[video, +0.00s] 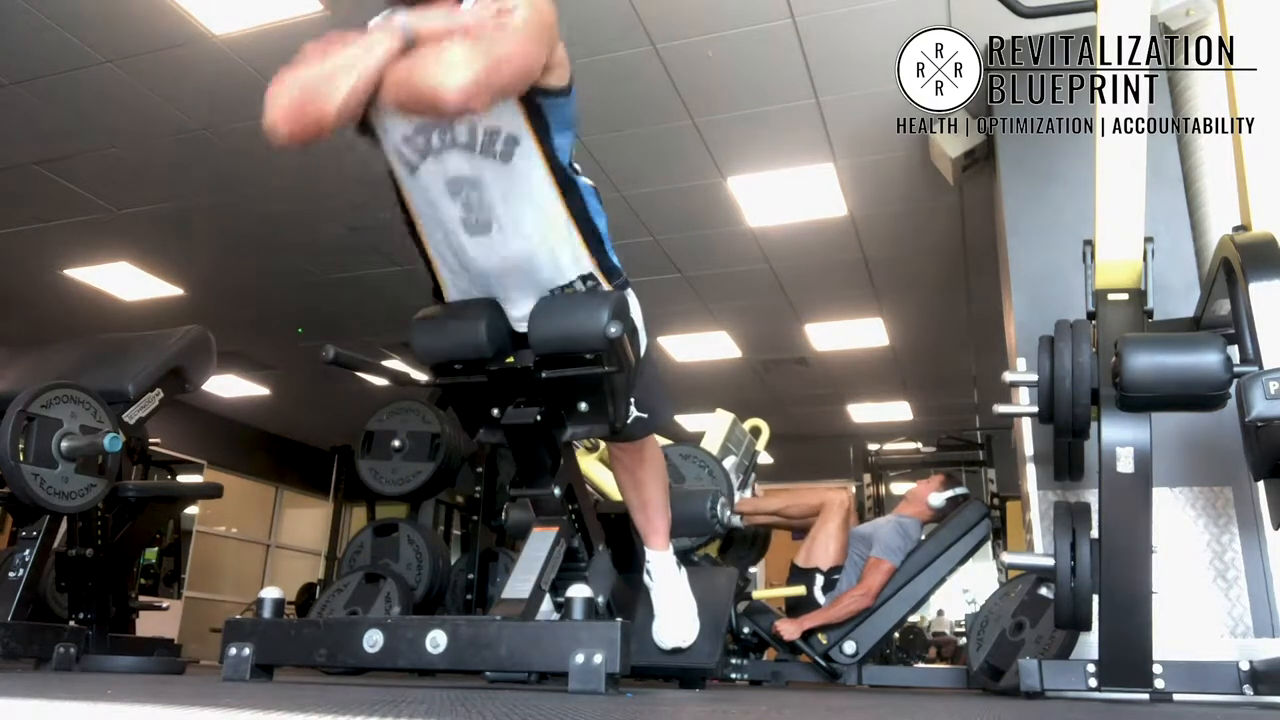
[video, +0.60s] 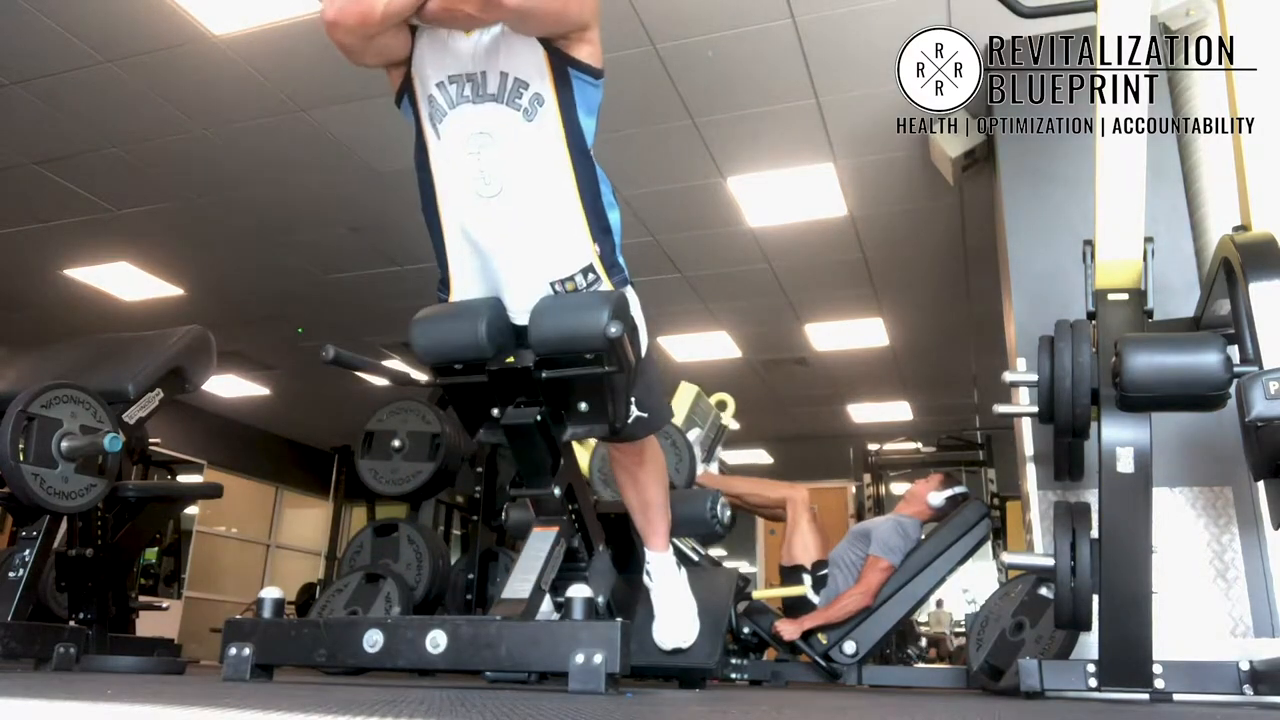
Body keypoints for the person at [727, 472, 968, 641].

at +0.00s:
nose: (920, 480)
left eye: (930, 480)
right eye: (929, 477)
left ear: (933, 499)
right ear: (935, 504)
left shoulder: (897, 529)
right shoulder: (903, 526)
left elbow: (866, 595)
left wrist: (801, 623)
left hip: (816, 604)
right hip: (823, 598)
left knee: (839, 498)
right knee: (841, 496)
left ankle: (735, 506)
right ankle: (750, 506)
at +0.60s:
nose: (920, 479)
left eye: (928, 480)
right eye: (927, 476)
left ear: (931, 498)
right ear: (933, 505)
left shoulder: (895, 528)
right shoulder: (902, 526)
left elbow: (865, 595)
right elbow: (865, 593)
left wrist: (801, 624)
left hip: (813, 603)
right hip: (819, 598)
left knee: (798, 497)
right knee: (797, 502)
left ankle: (704, 476)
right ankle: (720, 488)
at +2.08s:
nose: (918, 482)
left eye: (927, 481)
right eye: (926, 478)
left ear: (932, 499)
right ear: (934, 501)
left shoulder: (898, 529)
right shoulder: (904, 527)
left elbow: (865, 594)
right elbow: (864, 591)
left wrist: (801, 624)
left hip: (816, 604)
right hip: (823, 600)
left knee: (839, 500)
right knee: (841, 506)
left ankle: (734, 506)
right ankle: (747, 516)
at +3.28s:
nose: (897, 479)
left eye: (907, 476)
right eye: (901, 473)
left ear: (925, 493)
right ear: (920, 494)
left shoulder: (897, 529)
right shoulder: (905, 527)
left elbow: (865, 596)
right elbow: (867, 592)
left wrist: (801, 624)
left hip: (813, 604)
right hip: (817, 598)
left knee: (802, 497)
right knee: (798, 502)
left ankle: (706, 478)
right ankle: (723, 490)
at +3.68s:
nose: (874, 484)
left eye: (879, 477)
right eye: (876, 477)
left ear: (898, 482)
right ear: (903, 483)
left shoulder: (893, 528)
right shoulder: (897, 527)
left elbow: (873, 597)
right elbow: (873, 594)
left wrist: (807, 616)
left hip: (814, 601)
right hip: (818, 597)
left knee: (757, 504)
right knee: (758, 506)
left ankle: (677, 461)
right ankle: (688, 466)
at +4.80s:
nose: (867, 491)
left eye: (869, 483)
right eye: (867, 483)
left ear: (882, 479)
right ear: (895, 480)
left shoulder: (890, 526)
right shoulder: (898, 525)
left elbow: (866, 590)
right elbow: (867, 590)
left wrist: (819, 641)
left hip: (814, 618)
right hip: (822, 613)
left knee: (789, 500)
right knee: (794, 510)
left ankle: (695, 471)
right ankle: (721, 495)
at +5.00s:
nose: (868, 490)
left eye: (869, 483)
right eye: (868, 483)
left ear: (879, 481)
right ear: (903, 482)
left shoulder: (889, 527)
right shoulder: (898, 525)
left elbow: (866, 592)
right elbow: (867, 591)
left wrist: (819, 641)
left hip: (814, 616)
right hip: (821, 611)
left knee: (798, 496)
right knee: (801, 505)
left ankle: (702, 479)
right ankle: (724, 497)